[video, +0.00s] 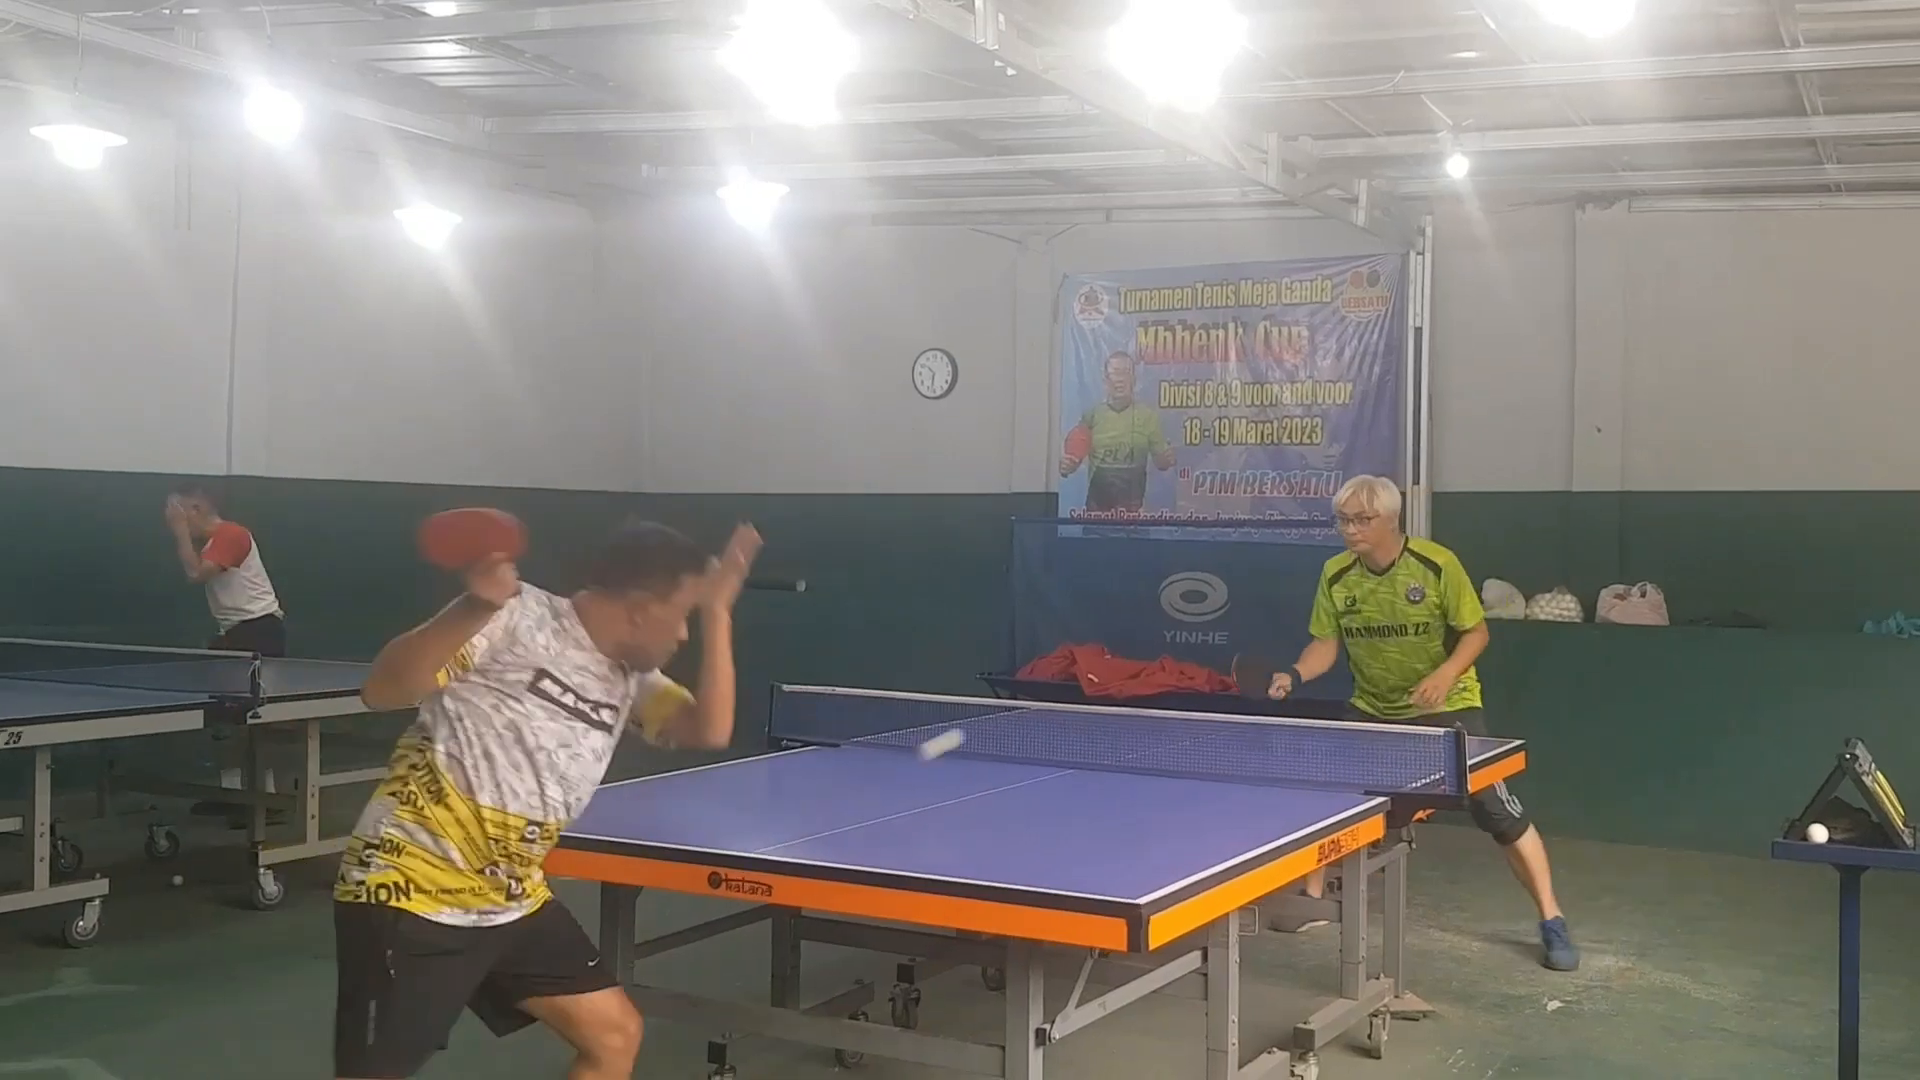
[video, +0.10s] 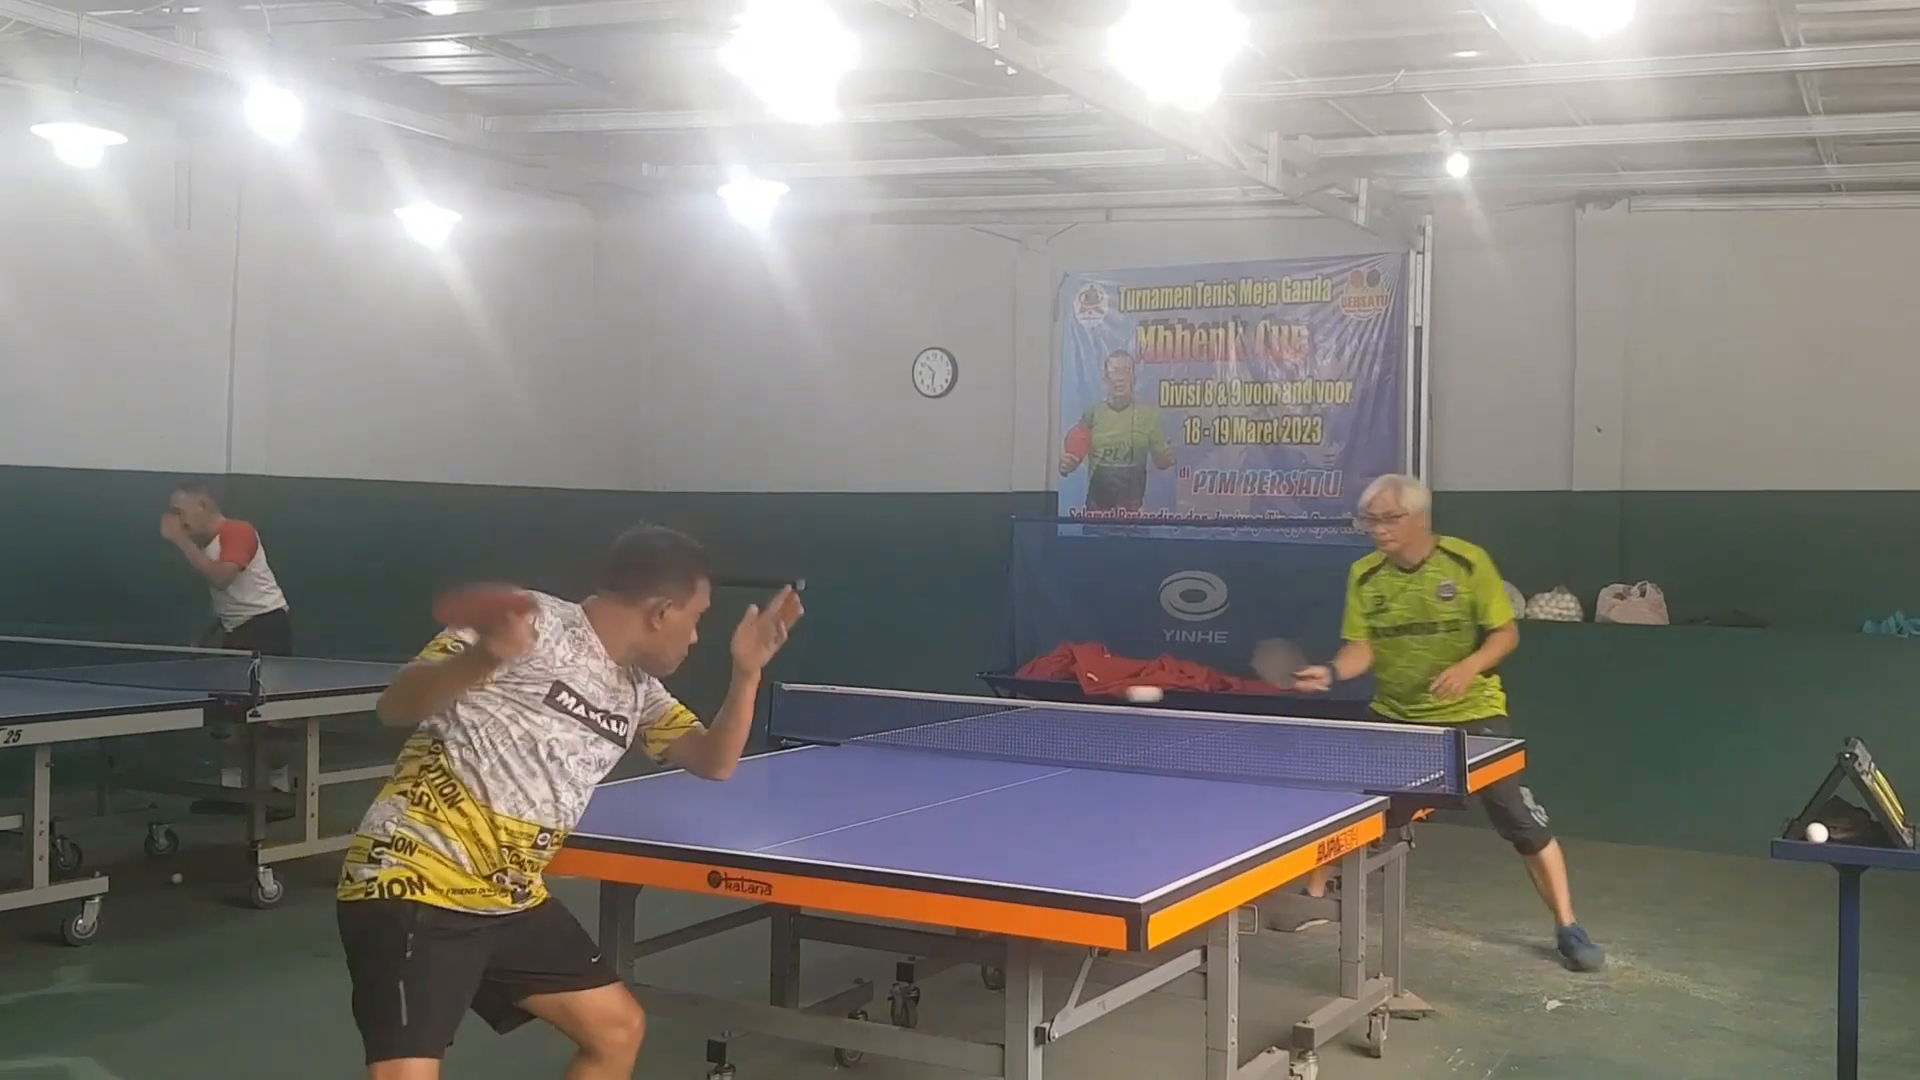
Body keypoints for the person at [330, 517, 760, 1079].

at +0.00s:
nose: (686, 635)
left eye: (692, 619)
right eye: (683, 615)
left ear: (639, 610)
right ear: (638, 605)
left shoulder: (628, 681)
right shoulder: (513, 611)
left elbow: (711, 729)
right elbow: (380, 689)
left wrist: (718, 612)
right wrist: (473, 607)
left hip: (509, 895)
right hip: (407, 889)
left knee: (615, 1037)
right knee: (372, 1069)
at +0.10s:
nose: (695, 637)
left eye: (699, 622)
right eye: (695, 620)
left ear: (652, 616)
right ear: (658, 615)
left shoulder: (639, 691)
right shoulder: (523, 618)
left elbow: (714, 761)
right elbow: (395, 706)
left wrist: (747, 674)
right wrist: (484, 657)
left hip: (507, 890)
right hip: (410, 877)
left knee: (618, 1027)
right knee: (405, 1070)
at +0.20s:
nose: (671, 616)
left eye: (674, 600)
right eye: (670, 597)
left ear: (626, 590)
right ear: (630, 589)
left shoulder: (608, 672)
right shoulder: (495, 613)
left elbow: (678, 757)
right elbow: (407, 717)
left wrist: (726, 702)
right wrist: (531, 696)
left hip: (490, 887)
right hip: (397, 878)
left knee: (600, 1025)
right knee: (404, 1070)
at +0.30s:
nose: (625, 583)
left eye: (627, 565)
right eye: (624, 564)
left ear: (580, 563)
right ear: (586, 563)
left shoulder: (543, 648)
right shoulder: (468, 606)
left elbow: (601, 749)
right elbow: (411, 727)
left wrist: (669, 719)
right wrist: (562, 715)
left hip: (450, 891)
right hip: (368, 896)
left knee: (551, 1024)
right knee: (370, 1067)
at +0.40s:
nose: (598, 564)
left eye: (600, 548)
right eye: (595, 547)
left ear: (547, 545)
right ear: (557, 546)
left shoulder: (507, 626)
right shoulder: (442, 601)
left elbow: (538, 736)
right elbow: (409, 732)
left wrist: (623, 722)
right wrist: (562, 725)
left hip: (416, 885)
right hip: (338, 890)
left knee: (510, 1016)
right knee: (349, 1068)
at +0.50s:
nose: (579, 553)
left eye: (579, 536)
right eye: (576, 535)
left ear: (532, 539)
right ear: (537, 538)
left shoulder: (495, 617)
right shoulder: (423, 602)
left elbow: (504, 726)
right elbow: (411, 747)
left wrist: (590, 735)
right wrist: (571, 739)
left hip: (406, 878)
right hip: (329, 886)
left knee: (480, 1016)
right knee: (346, 1069)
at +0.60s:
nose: (578, 548)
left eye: (576, 531)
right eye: (573, 531)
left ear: (526, 539)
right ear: (529, 536)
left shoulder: (502, 612)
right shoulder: (422, 613)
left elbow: (519, 722)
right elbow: (418, 768)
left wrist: (594, 754)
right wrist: (575, 755)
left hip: (413, 874)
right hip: (331, 881)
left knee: (478, 1021)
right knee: (342, 1068)